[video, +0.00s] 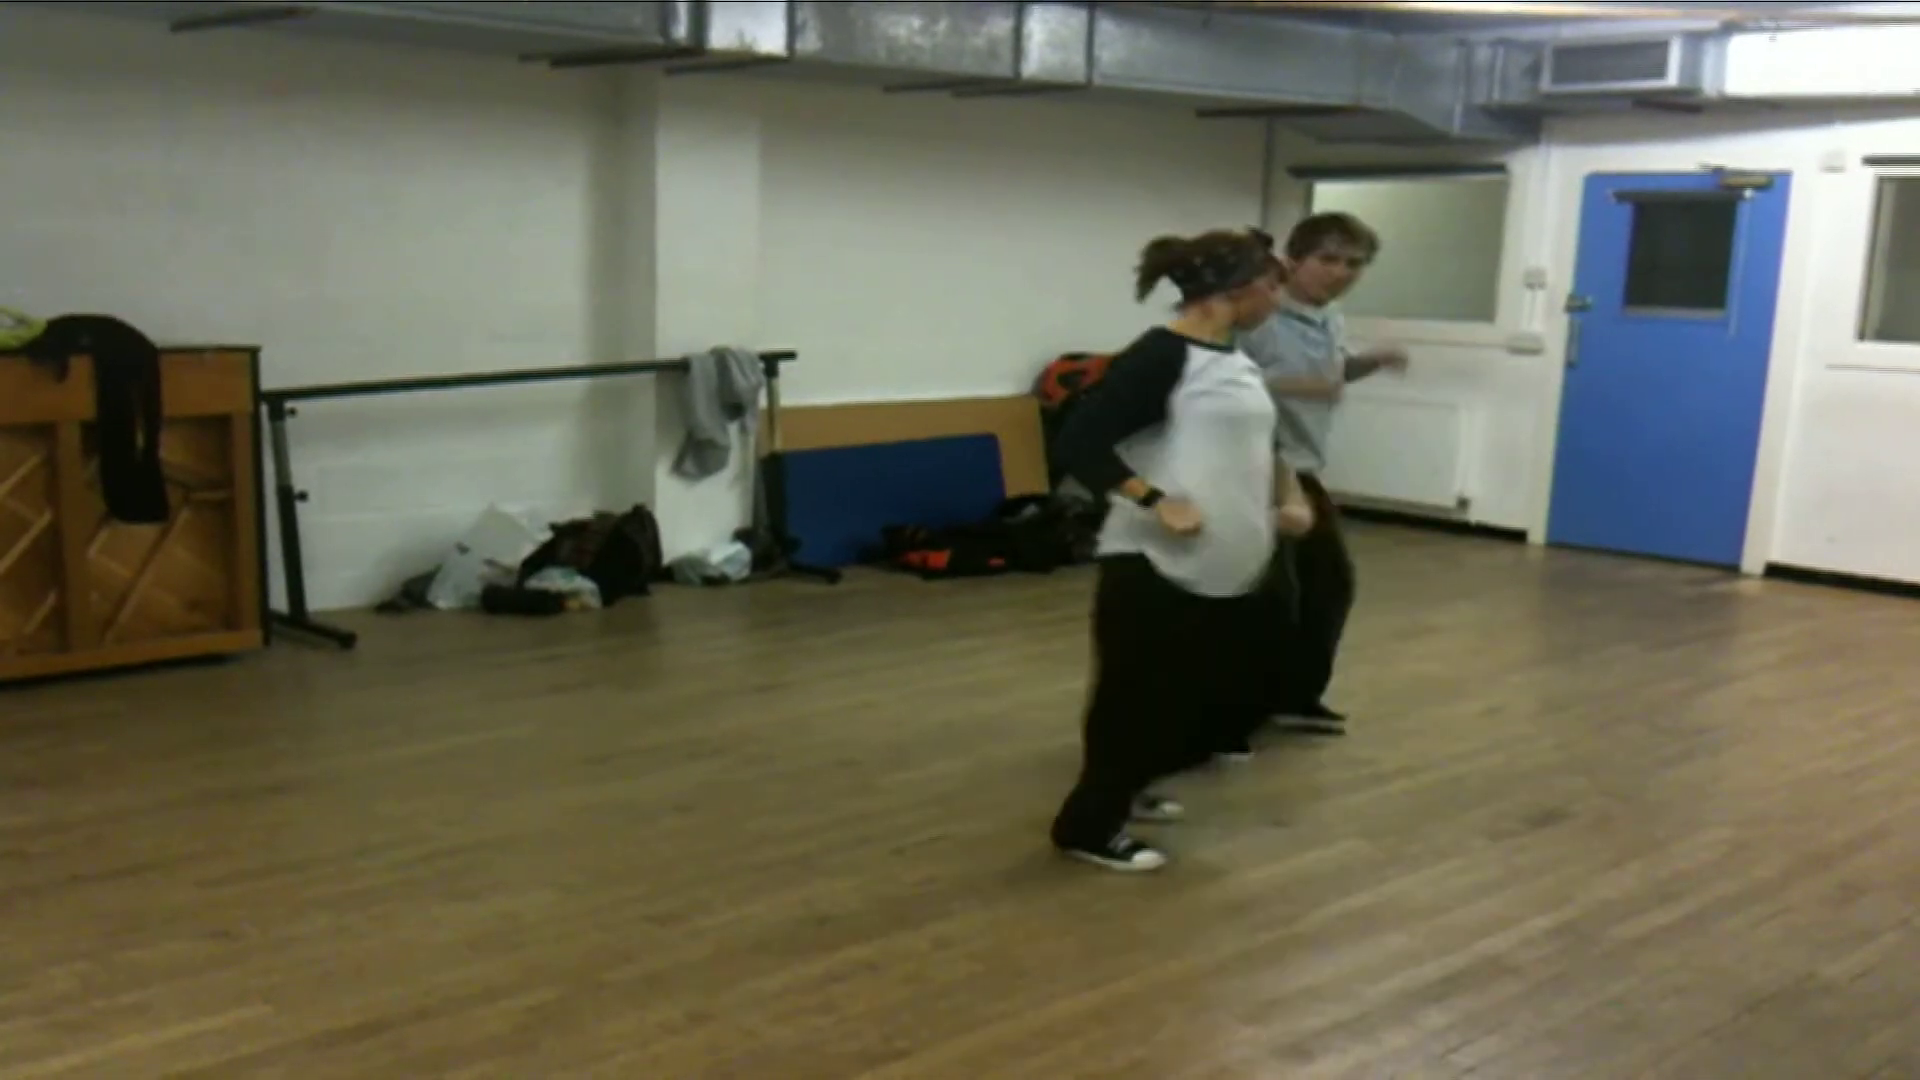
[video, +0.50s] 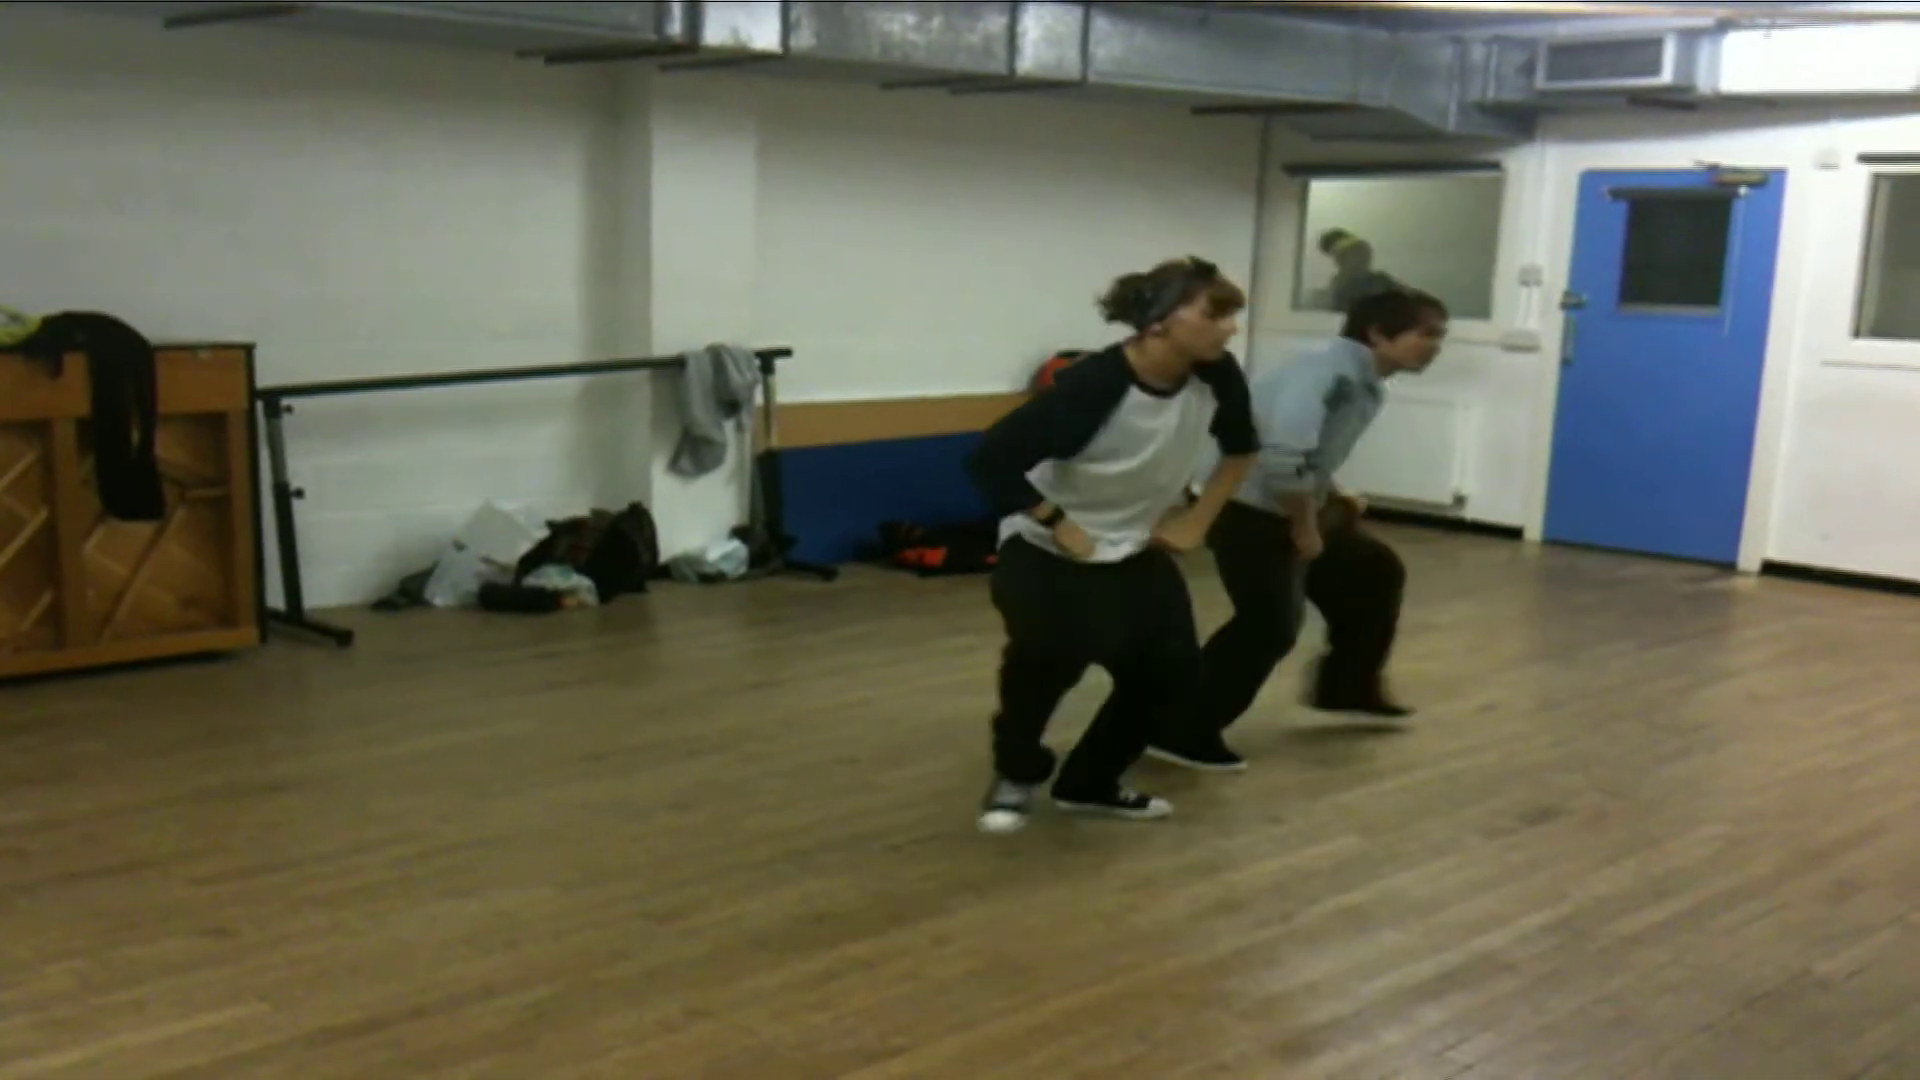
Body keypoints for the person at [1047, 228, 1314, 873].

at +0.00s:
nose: (1272, 302)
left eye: (1272, 290)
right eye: (1264, 289)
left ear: (1218, 294)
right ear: (1226, 293)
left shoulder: (1234, 360)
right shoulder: (1160, 353)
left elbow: (1248, 447)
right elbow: (1079, 440)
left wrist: (1286, 492)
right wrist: (1153, 498)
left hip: (1212, 562)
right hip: (1149, 563)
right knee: (1132, 698)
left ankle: (1127, 787)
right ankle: (1088, 826)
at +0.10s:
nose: (1264, 297)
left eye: (1267, 286)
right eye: (1257, 284)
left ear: (1223, 289)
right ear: (1219, 285)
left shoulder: (1246, 362)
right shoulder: (1144, 343)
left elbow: (1275, 441)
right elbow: (1065, 428)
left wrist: (1280, 508)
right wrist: (1128, 494)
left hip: (1190, 560)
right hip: (1118, 558)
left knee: (1173, 690)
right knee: (1121, 693)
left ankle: (1116, 786)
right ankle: (1081, 803)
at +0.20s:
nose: (1267, 302)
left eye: (1267, 289)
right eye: (1258, 288)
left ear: (1226, 295)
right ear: (1216, 293)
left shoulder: (1239, 371)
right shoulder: (1145, 345)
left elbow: (1275, 455)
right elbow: (1053, 435)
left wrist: (1247, 512)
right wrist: (1094, 513)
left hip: (1169, 563)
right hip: (1101, 560)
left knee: (1175, 685)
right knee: (1133, 690)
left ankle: (1102, 784)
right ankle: (1049, 774)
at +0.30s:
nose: (1266, 313)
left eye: (1265, 300)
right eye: (1255, 299)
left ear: (1219, 311)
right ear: (1209, 309)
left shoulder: (1229, 377)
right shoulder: (1132, 376)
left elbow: (1258, 458)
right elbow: (1029, 457)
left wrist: (1222, 513)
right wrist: (1075, 529)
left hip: (1153, 563)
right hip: (1075, 565)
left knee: (1174, 685)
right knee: (1102, 687)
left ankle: (1104, 785)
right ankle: (1043, 783)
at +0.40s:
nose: (1252, 327)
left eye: (1249, 314)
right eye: (1236, 315)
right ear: (1187, 328)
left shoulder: (1231, 375)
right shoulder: (1123, 389)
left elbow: (1260, 452)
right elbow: (1012, 459)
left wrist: (1198, 515)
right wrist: (1065, 526)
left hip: (1135, 543)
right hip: (1057, 544)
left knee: (1172, 665)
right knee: (1087, 658)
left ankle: (1097, 783)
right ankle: (1042, 770)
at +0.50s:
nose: (1228, 326)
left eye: (1226, 313)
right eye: (1211, 314)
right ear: (1161, 325)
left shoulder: (1218, 378)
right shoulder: (1094, 385)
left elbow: (1240, 448)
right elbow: (990, 460)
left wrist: (1198, 520)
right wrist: (1056, 521)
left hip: (1135, 554)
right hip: (1046, 550)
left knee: (1167, 665)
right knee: (1052, 645)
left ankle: (1089, 781)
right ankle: (1017, 772)